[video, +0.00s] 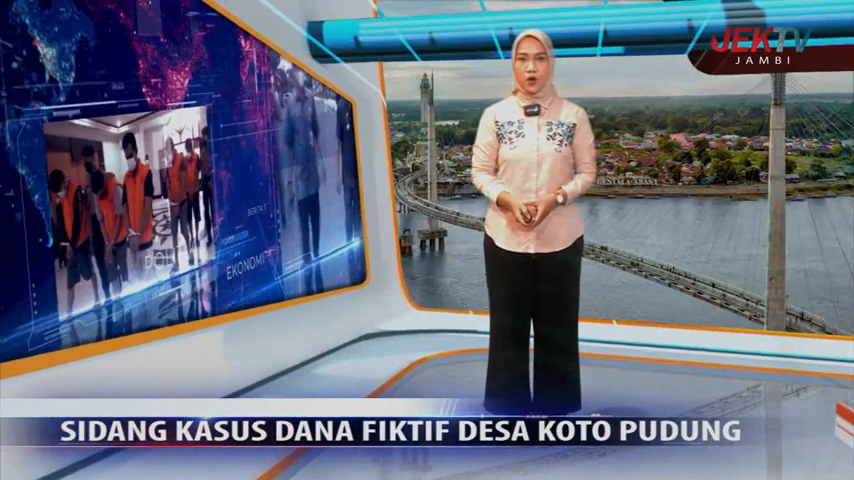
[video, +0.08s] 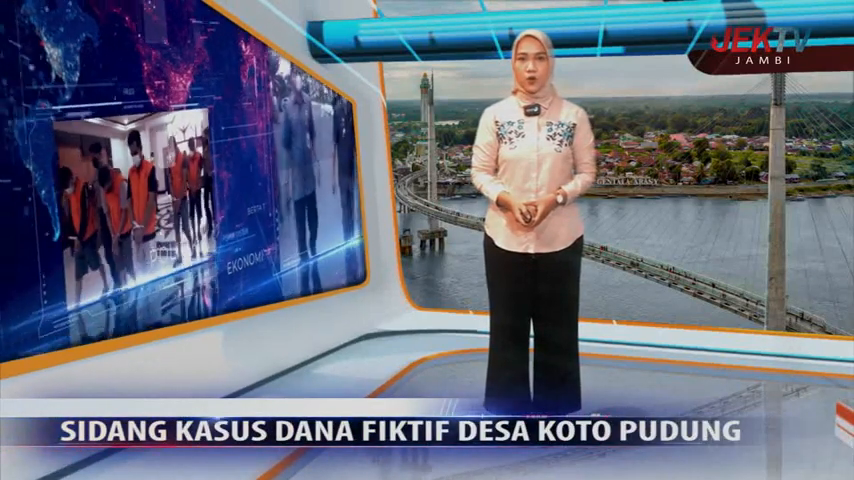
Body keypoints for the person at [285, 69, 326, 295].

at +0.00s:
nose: (302, 103)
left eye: (305, 99)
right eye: (298, 99)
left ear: (308, 100)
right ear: (292, 101)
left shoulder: (311, 116)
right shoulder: (290, 119)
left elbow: (317, 134)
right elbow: (286, 144)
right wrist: (288, 175)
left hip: (312, 163)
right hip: (297, 165)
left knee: (315, 207)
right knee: (303, 212)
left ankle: (316, 251)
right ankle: (306, 253)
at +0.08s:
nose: (298, 94)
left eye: (300, 90)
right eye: (295, 91)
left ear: (303, 91)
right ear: (290, 92)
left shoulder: (308, 107)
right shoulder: (287, 110)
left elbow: (313, 130)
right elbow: (284, 139)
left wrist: (314, 148)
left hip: (307, 158)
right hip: (293, 159)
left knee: (311, 202)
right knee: (299, 203)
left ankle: (313, 243)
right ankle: (302, 246)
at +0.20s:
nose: (296, 87)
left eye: (298, 83)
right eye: (293, 83)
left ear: (301, 87)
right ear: (288, 87)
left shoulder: (304, 110)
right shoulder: (285, 111)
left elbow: (309, 135)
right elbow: (282, 142)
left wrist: (305, 120)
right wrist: (289, 127)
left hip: (304, 157)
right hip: (292, 159)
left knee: (308, 202)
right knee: (296, 204)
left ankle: (309, 246)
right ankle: (299, 247)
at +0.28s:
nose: (296, 107)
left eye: (298, 104)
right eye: (293, 104)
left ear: (301, 105)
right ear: (288, 105)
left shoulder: (302, 119)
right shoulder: (284, 121)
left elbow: (306, 139)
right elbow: (281, 144)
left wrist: (303, 123)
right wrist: (284, 125)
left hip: (303, 165)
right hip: (291, 169)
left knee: (307, 211)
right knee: (295, 211)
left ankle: (309, 248)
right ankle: (298, 248)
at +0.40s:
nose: (295, 104)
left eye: (297, 101)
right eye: (292, 101)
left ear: (299, 102)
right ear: (288, 102)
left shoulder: (302, 120)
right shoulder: (284, 121)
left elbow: (305, 142)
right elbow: (280, 146)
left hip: (302, 162)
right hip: (290, 165)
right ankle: (295, 246)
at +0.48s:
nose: (294, 112)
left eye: (296, 109)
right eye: (292, 109)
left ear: (299, 110)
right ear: (288, 109)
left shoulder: (300, 125)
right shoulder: (284, 125)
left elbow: (304, 145)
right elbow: (280, 149)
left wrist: (304, 156)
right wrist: (281, 181)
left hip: (300, 165)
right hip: (288, 166)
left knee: (302, 198)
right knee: (293, 199)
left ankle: (304, 233)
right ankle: (294, 237)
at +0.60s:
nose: (293, 111)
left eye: (295, 108)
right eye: (290, 107)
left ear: (298, 110)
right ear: (285, 110)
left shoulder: (304, 131)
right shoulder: (280, 131)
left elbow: (310, 158)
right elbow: (274, 158)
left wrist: (317, 183)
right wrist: (277, 186)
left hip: (301, 183)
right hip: (286, 185)